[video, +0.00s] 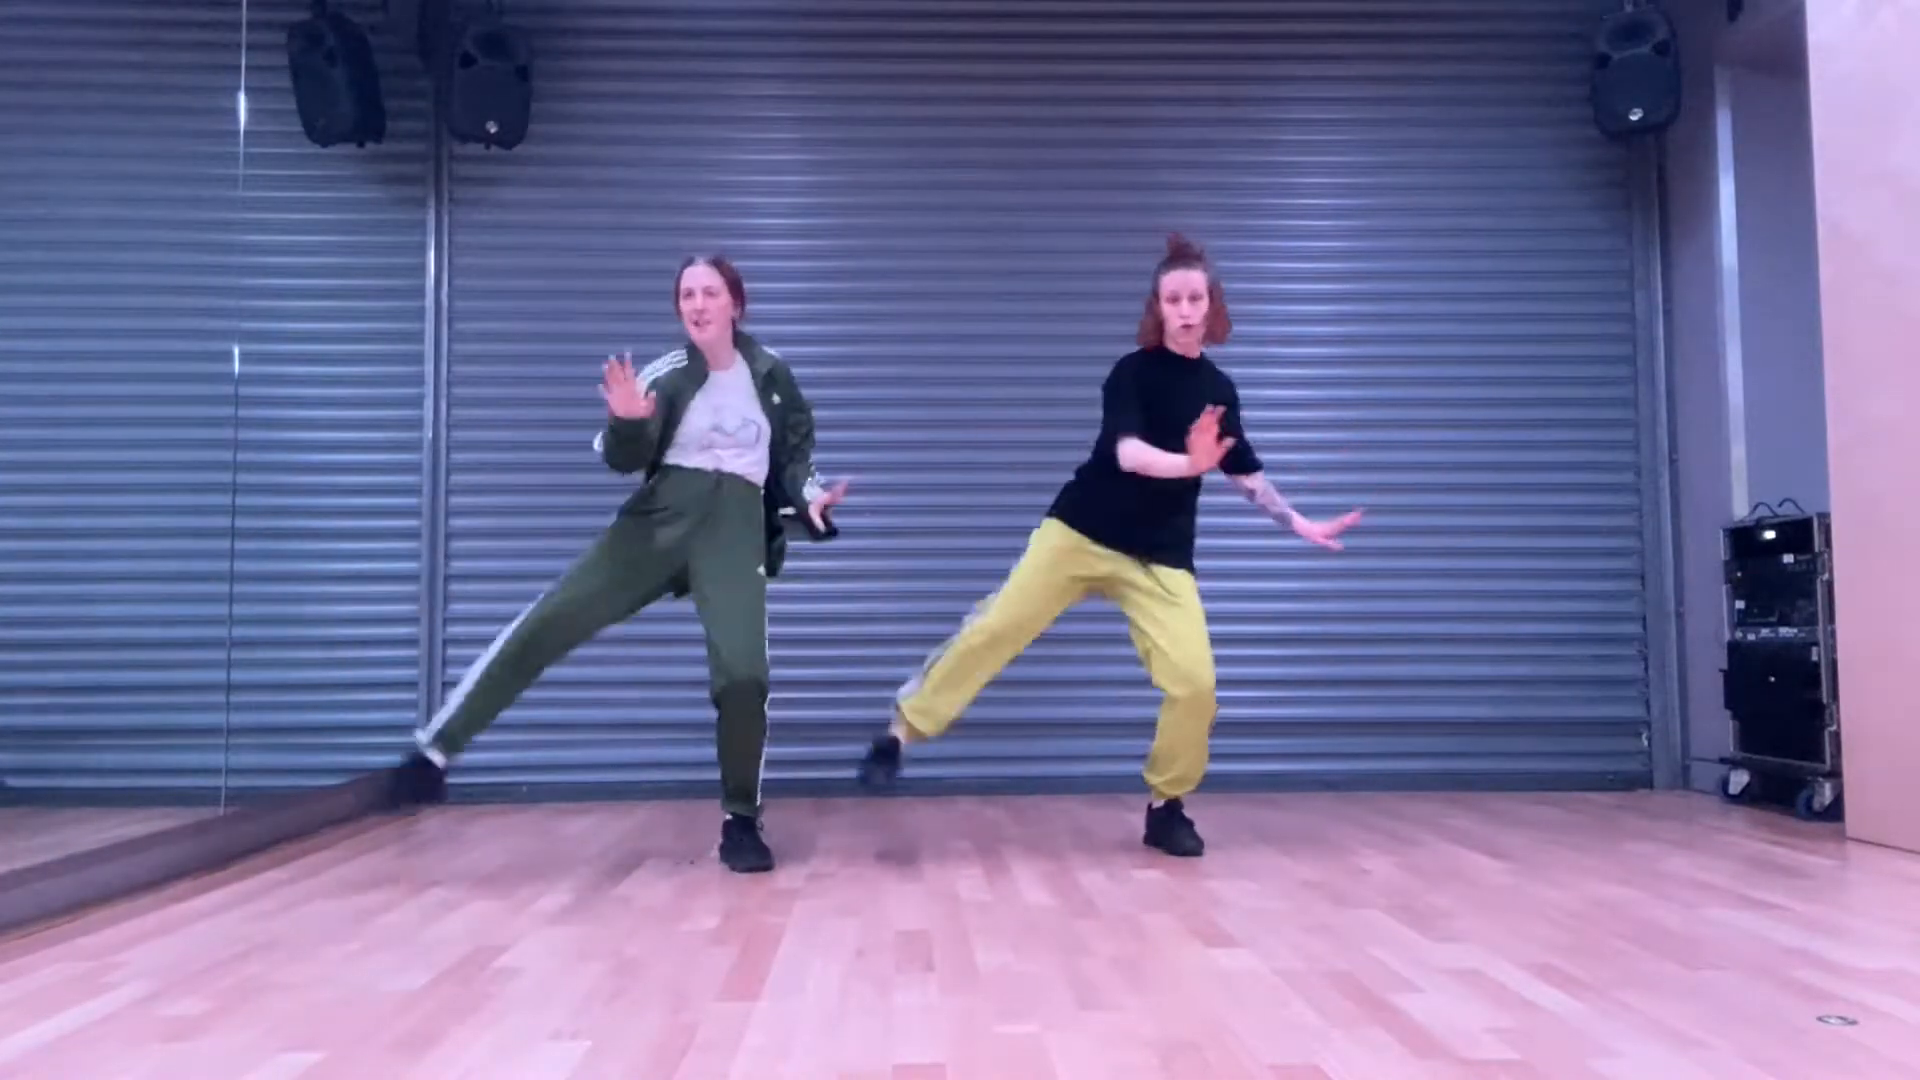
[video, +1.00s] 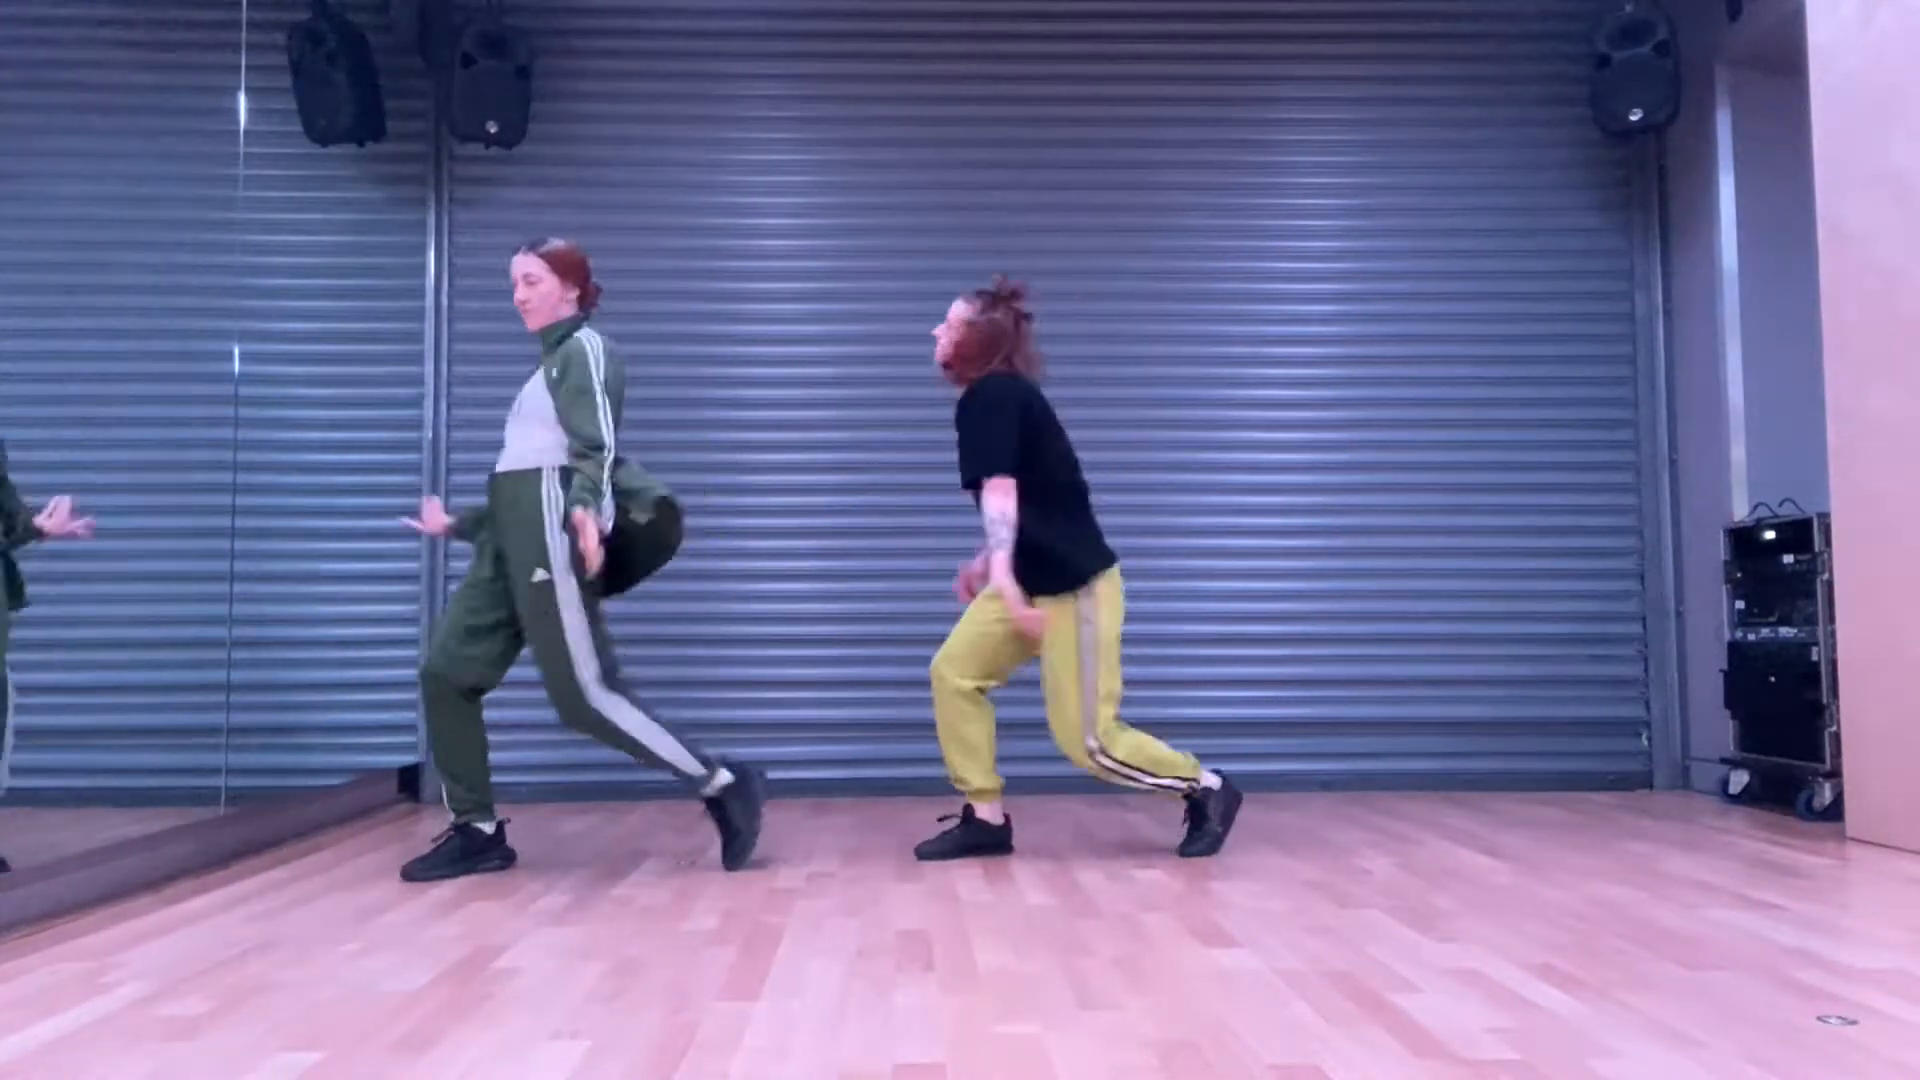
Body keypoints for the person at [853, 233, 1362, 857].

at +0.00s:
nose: (1186, 311)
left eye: (1195, 299)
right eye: (1174, 299)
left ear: (1213, 306)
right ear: (1157, 306)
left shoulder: (1218, 388)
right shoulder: (1135, 372)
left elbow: (1244, 472)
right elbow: (1125, 452)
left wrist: (1300, 525)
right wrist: (1191, 465)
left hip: (1161, 562)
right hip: (1080, 536)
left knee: (1194, 683)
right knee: (997, 628)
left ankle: (1166, 808)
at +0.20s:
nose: (1162, 345)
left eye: (1171, 332)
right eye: (1149, 334)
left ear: (1186, 341)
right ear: (1129, 343)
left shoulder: (1193, 422)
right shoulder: (1109, 402)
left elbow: (1239, 445)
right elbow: (1106, 417)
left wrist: (1301, 449)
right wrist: (1201, 420)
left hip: (1133, 593)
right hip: (1056, 584)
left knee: (1179, 694)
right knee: (984, 696)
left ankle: (1165, 812)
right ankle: (908, 801)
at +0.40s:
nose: (1146, 336)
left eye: (1156, 323)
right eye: (1134, 324)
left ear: (1171, 328)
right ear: (1112, 332)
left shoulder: (1183, 409)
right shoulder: (1091, 393)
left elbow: (1232, 435)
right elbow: (1101, 399)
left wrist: (1292, 438)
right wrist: (1188, 397)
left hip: (1132, 588)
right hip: (1052, 579)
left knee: (1184, 695)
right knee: (986, 695)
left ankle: (1163, 809)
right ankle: (909, 799)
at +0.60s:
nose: (1162, 342)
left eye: (1165, 327)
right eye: (1145, 334)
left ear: (1174, 328)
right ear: (1115, 343)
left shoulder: (1181, 393)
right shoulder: (1089, 403)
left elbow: (1251, 390)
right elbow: (1014, 451)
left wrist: (1263, 368)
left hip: (1136, 586)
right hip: (1053, 583)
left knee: (1194, 693)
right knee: (991, 696)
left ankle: (1161, 810)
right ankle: (912, 797)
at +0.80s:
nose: (1005, 347)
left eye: (1006, 336)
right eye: (993, 355)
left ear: (1036, 336)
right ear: (1003, 384)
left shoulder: (1107, 376)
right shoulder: (1018, 444)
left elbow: (1049, 414)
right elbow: (1015, 531)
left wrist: (969, 441)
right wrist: (1015, 602)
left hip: (1143, 578)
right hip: (1058, 579)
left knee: (1187, 694)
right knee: (984, 673)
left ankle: (1173, 808)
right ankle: (980, 816)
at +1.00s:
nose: (938, 332)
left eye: (950, 326)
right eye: (944, 322)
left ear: (979, 344)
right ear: (986, 347)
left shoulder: (995, 399)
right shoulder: (989, 399)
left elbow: (999, 500)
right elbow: (1020, 506)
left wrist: (1002, 573)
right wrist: (986, 562)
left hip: (1079, 586)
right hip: (1028, 583)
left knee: (1087, 739)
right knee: (955, 674)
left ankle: (1207, 790)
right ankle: (985, 818)